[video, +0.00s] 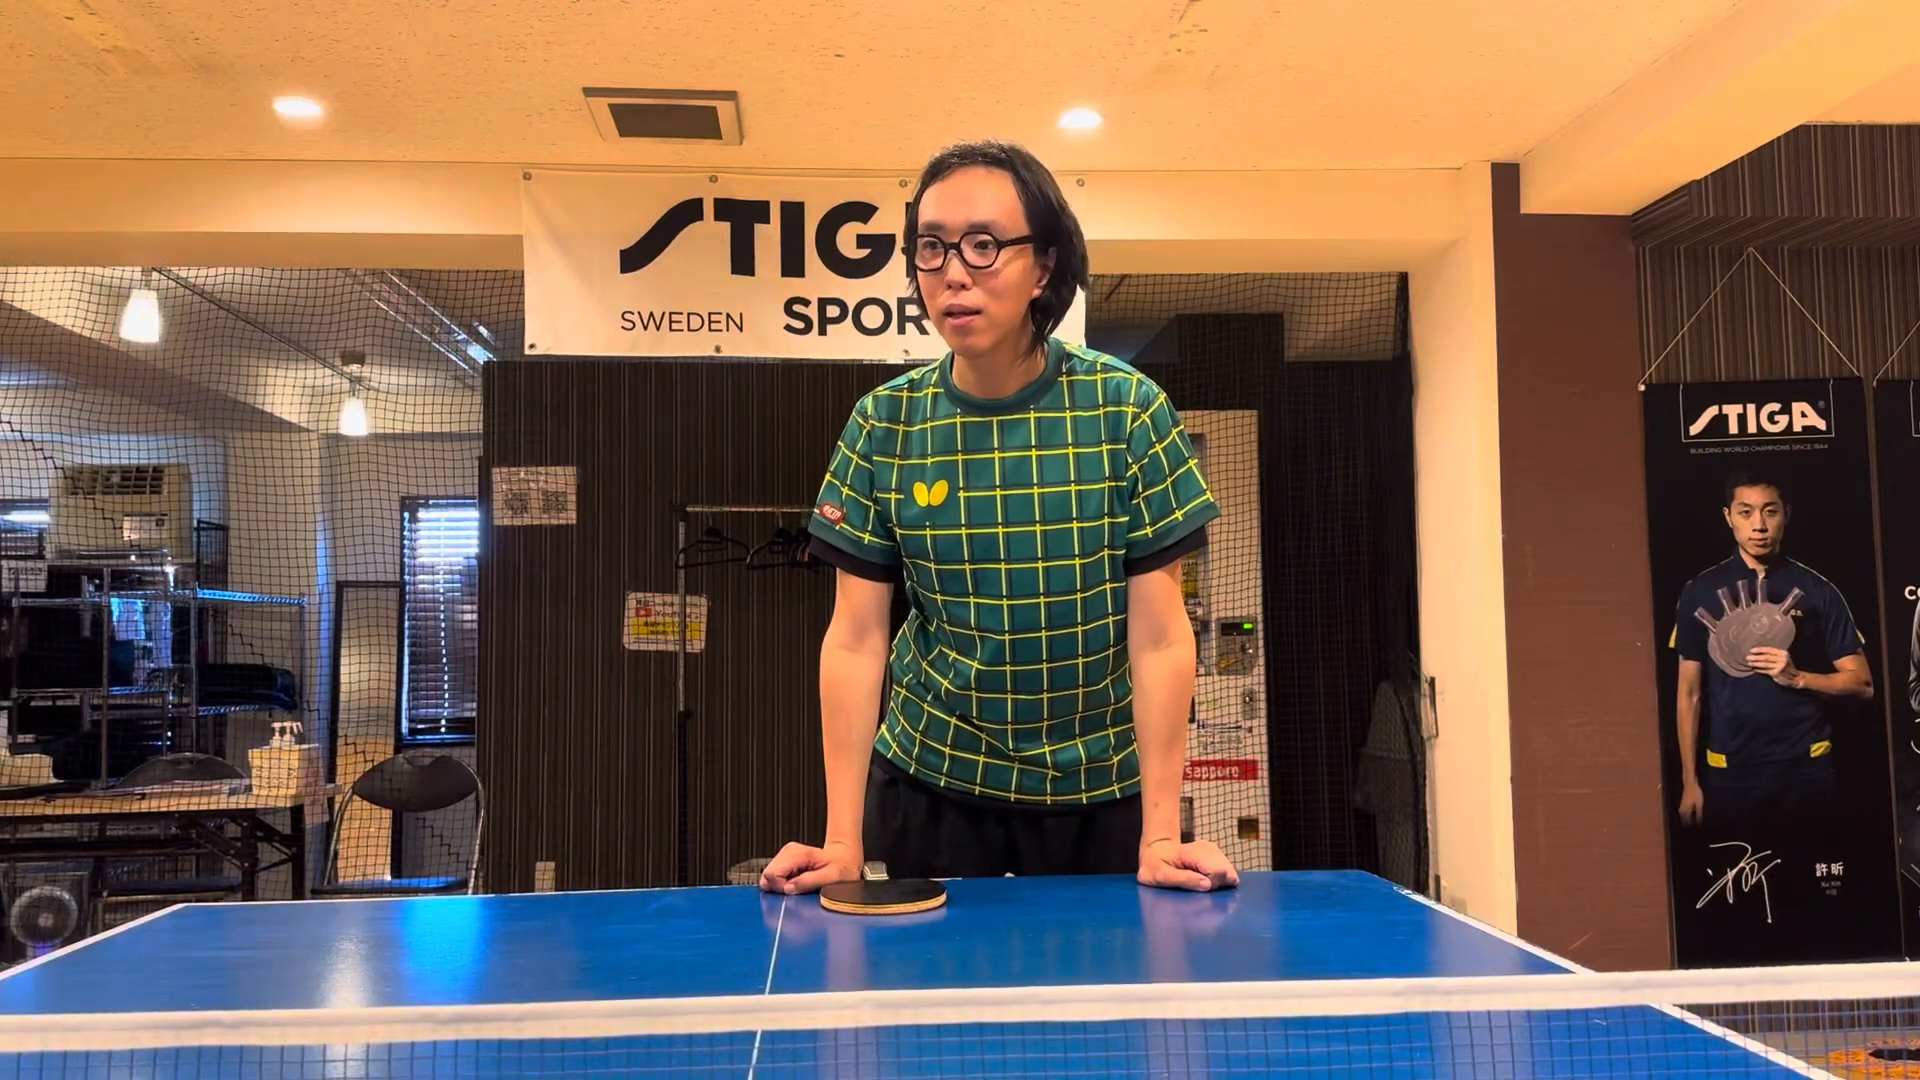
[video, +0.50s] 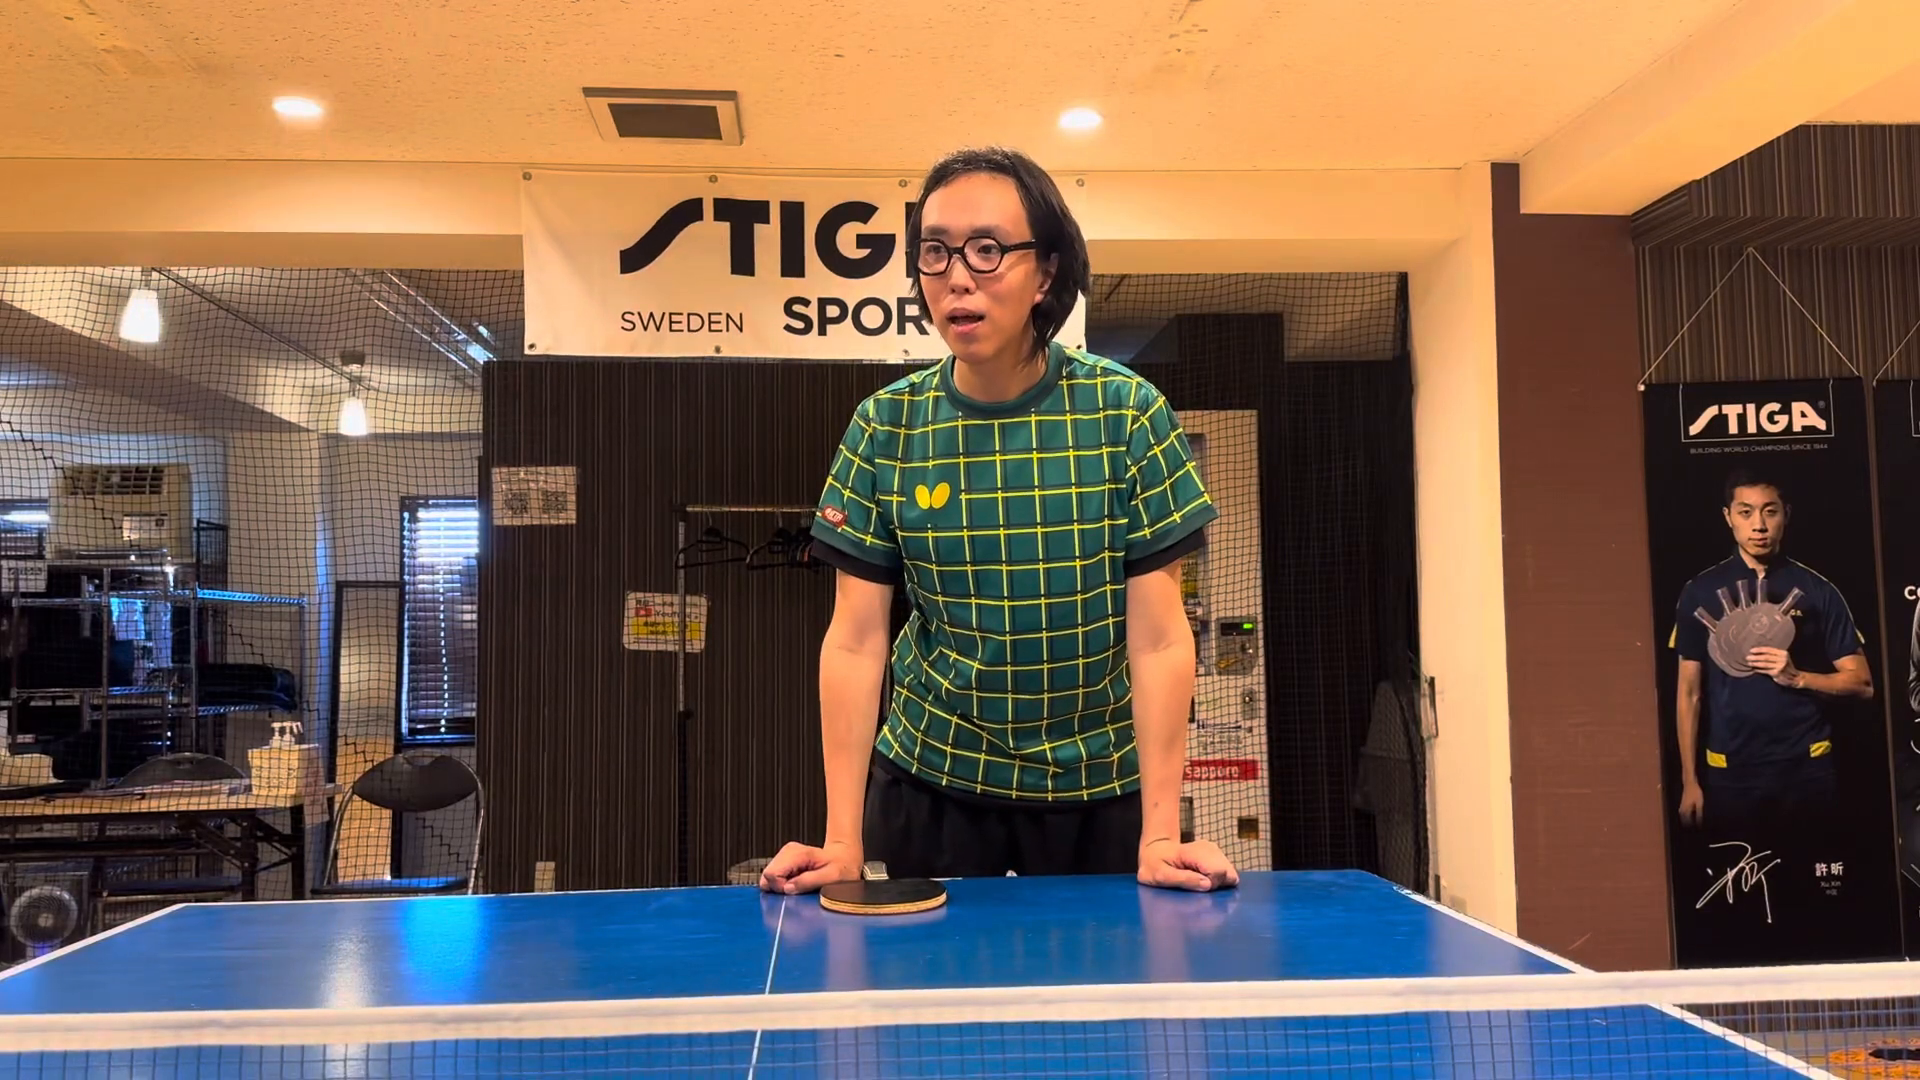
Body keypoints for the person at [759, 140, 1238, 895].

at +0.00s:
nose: (952, 272)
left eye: (984, 245)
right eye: (933, 246)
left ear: (1044, 269)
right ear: (915, 267)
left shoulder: (1124, 409)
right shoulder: (886, 420)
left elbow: (1160, 637)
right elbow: (855, 639)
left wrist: (1163, 835)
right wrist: (842, 843)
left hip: (1095, 816)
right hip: (927, 812)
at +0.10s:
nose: (954, 273)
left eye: (986, 246)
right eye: (935, 248)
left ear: (1045, 270)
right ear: (916, 268)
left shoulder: (1126, 410)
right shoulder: (887, 421)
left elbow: (1160, 637)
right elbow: (854, 639)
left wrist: (1163, 835)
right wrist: (842, 843)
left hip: (1095, 815)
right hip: (928, 810)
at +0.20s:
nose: (955, 274)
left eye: (986, 248)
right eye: (936, 249)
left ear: (1045, 272)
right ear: (917, 270)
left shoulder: (1126, 411)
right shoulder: (887, 422)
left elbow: (1160, 638)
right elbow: (854, 641)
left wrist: (1163, 835)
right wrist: (841, 842)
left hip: (1096, 814)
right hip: (928, 810)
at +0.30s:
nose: (955, 276)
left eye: (987, 249)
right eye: (936, 250)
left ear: (1045, 273)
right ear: (917, 270)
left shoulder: (1126, 412)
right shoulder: (887, 423)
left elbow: (1160, 638)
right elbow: (854, 642)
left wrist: (1163, 834)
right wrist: (841, 842)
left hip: (1096, 813)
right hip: (929, 809)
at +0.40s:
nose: (956, 276)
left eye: (987, 249)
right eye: (936, 250)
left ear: (1045, 274)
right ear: (918, 270)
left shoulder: (1125, 412)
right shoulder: (888, 423)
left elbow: (1159, 638)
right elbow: (854, 642)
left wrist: (1163, 834)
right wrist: (841, 841)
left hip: (1096, 813)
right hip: (929, 809)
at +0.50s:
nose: (956, 276)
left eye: (987, 249)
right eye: (937, 251)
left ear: (1045, 274)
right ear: (918, 271)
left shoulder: (1125, 413)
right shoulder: (887, 424)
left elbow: (1160, 639)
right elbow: (853, 643)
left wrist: (1163, 834)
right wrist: (841, 841)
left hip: (1096, 811)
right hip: (929, 807)